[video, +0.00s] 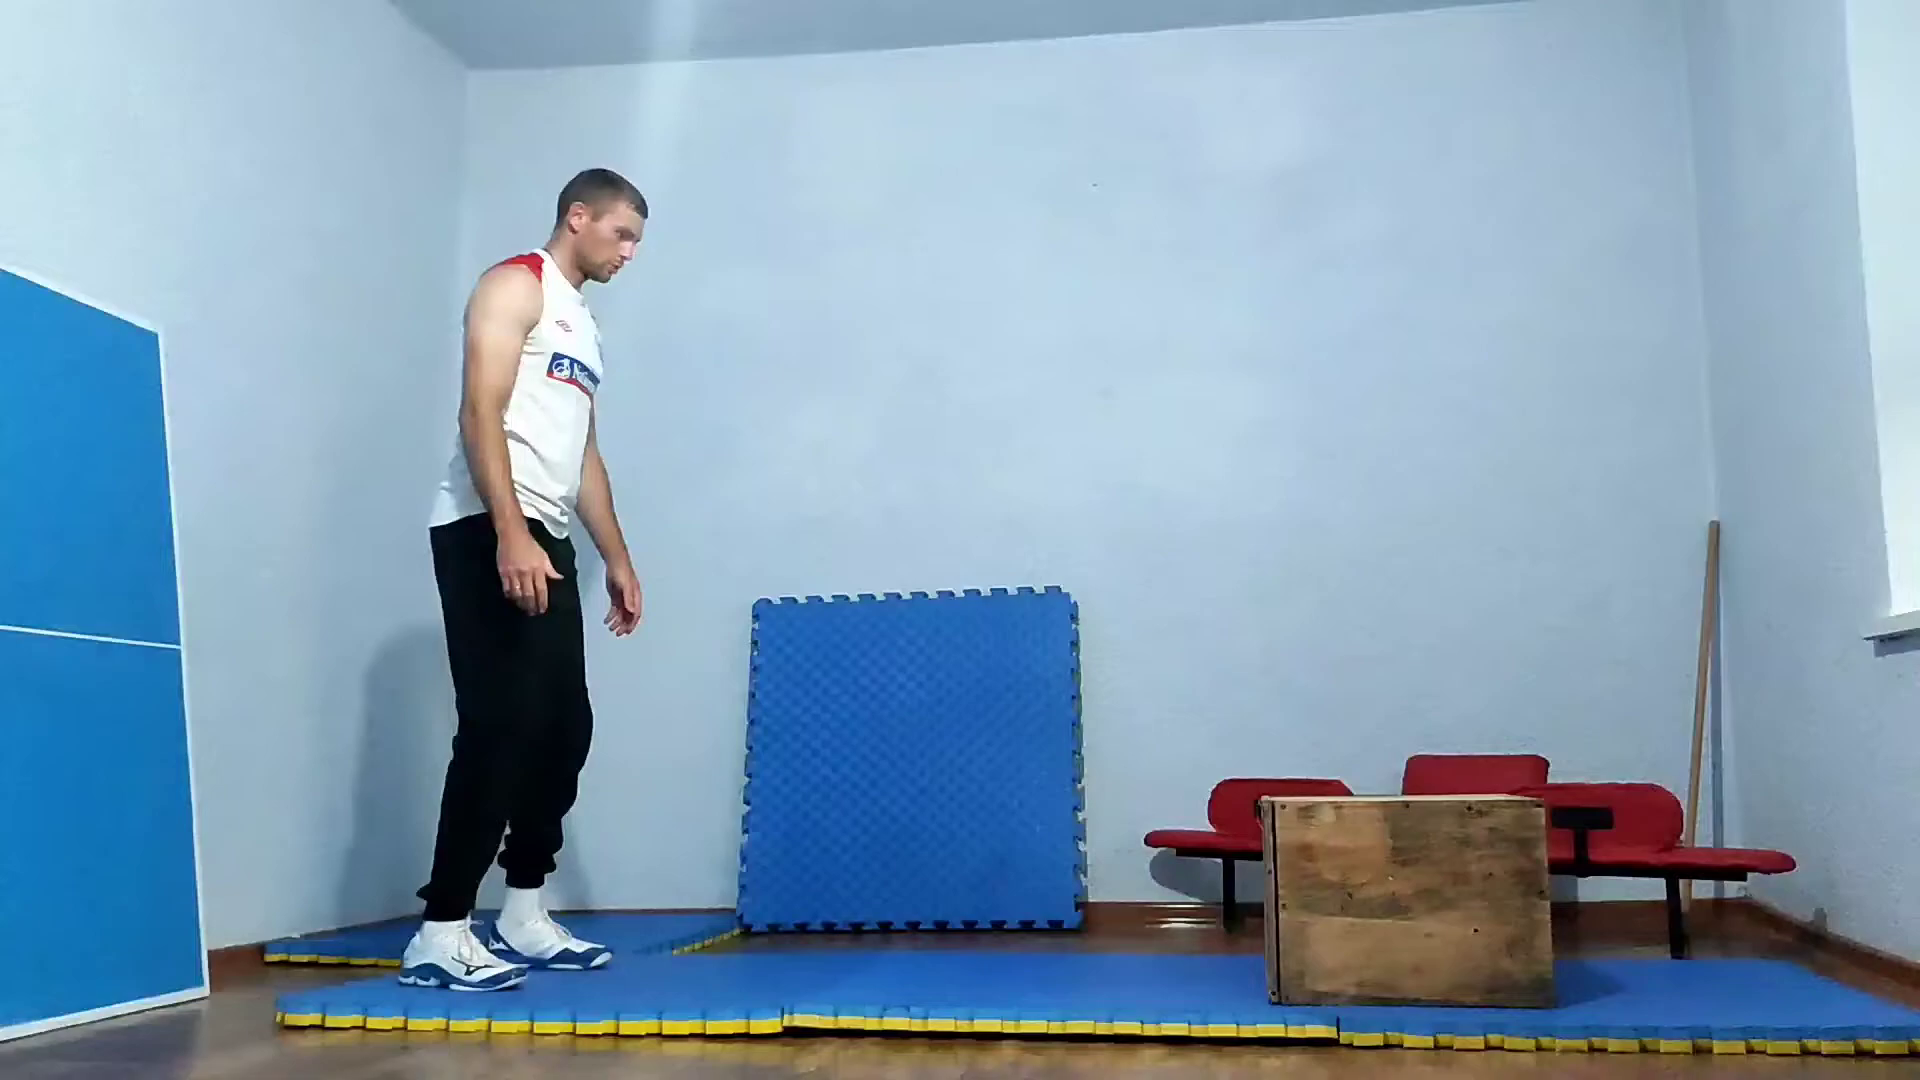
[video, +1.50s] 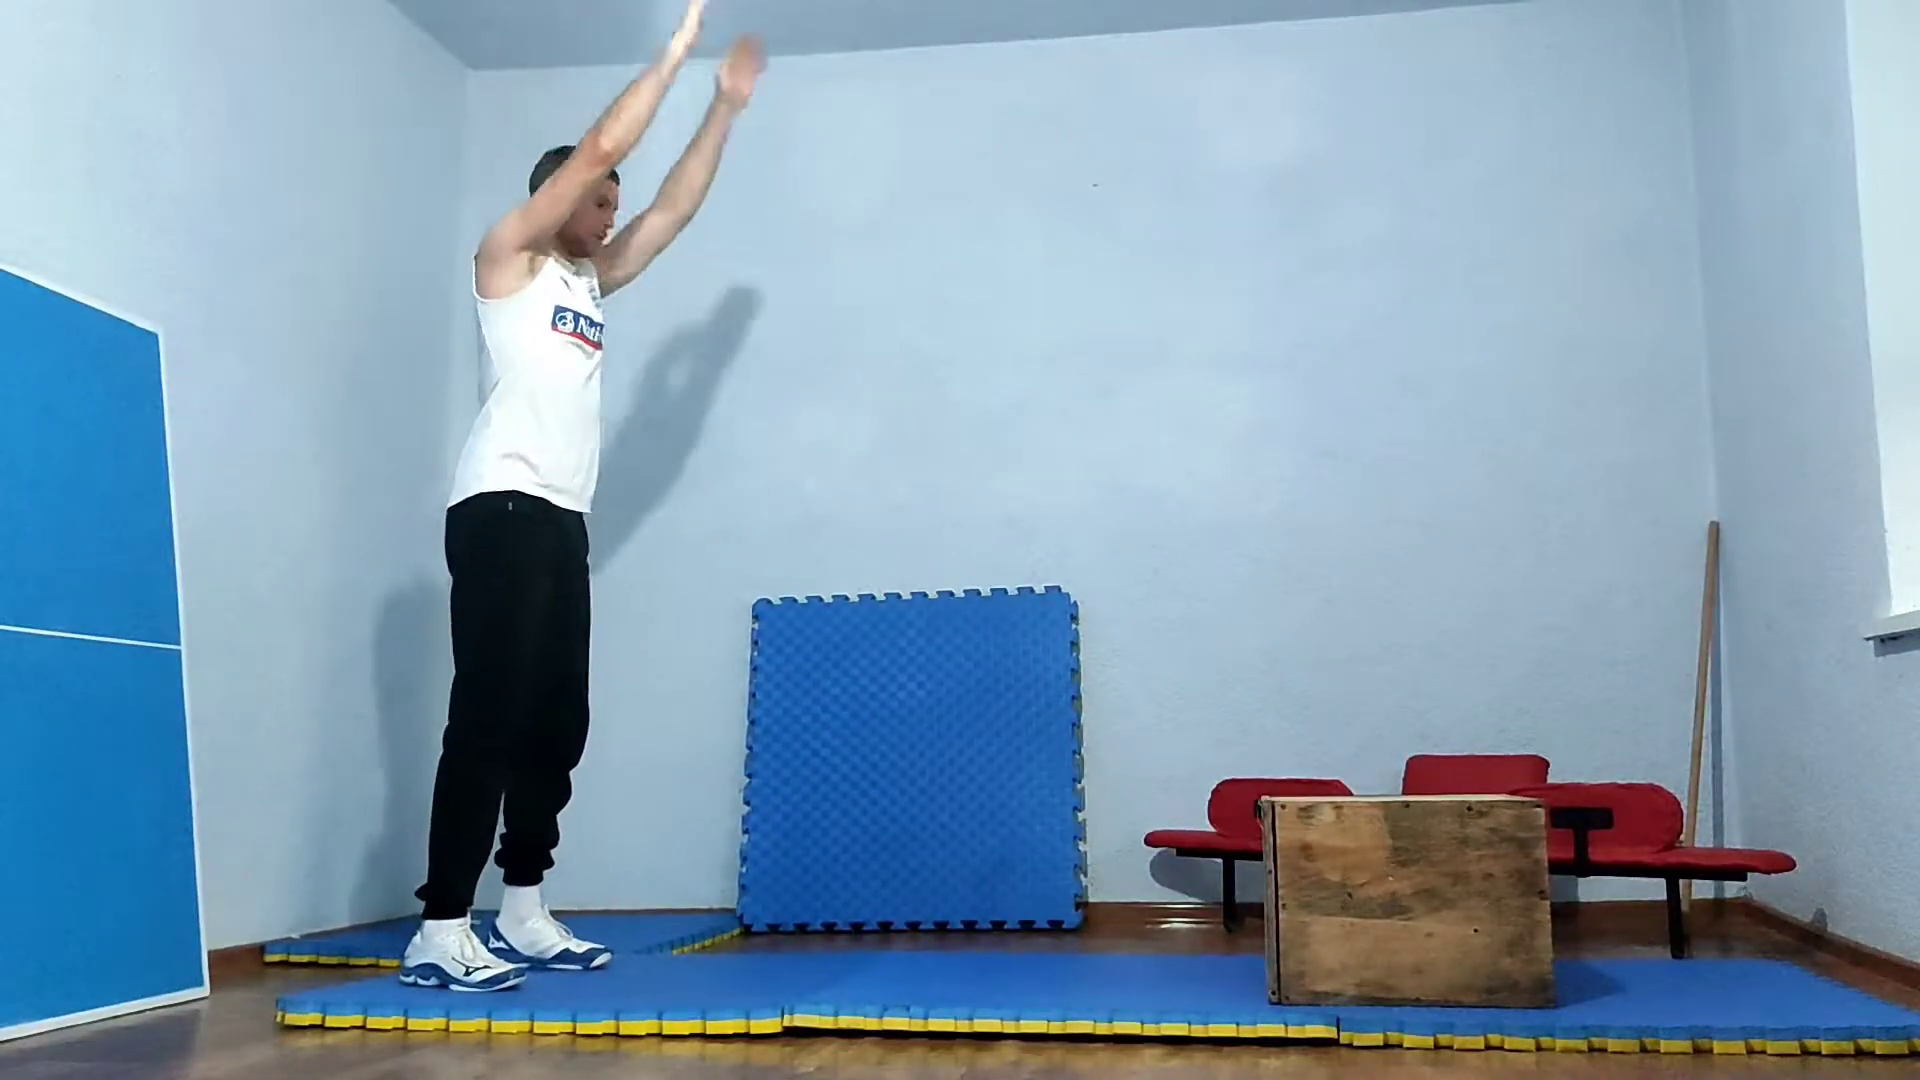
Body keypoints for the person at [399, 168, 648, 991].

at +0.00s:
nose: (629, 253)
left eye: (636, 241)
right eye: (622, 236)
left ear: (595, 229)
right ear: (575, 218)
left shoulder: (583, 321)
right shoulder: (513, 287)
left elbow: (583, 453)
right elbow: (481, 413)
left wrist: (616, 559)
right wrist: (511, 532)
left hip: (547, 540)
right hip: (488, 533)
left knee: (563, 726)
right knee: (499, 726)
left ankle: (522, 912)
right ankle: (441, 930)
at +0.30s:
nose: (597, 226)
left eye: (601, 215)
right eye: (586, 209)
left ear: (568, 217)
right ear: (536, 202)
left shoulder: (565, 310)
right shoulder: (489, 270)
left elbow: (656, 385)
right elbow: (560, 331)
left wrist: (771, 422)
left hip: (545, 527)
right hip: (485, 519)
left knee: (559, 719)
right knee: (491, 719)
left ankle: (522, 913)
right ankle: (441, 931)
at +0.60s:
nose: (582, 192)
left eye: (582, 178)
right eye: (570, 175)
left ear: (565, 197)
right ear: (524, 182)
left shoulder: (572, 275)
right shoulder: (494, 255)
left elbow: (656, 208)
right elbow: (569, 146)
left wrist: (716, 116)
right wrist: (642, 51)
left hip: (572, 521)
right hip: (512, 515)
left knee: (563, 721)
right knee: (493, 719)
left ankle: (525, 906)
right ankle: (443, 928)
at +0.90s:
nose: (586, 177)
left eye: (591, 169)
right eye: (572, 164)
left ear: (589, 186)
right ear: (536, 172)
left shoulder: (576, 251)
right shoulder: (504, 229)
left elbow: (620, 162)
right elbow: (545, 90)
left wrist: (636, 48)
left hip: (589, 492)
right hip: (530, 486)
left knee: (576, 701)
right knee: (514, 697)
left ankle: (543, 883)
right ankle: (465, 904)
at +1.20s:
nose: (596, 198)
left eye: (601, 187)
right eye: (583, 181)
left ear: (595, 198)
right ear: (544, 180)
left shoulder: (579, 262)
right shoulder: (508, 237)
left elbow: (628, 170)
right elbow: (555, 104)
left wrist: (648, 54)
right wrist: (595, 8)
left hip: (580, 506)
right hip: (520, 498)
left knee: (566, 711)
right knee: (498, 706)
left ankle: (529, 902)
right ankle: (446, 921)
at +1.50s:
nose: (615, 211)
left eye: (618, 199)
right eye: (601, 193)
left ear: (609, 212)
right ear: (554, 193)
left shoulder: (589, 279)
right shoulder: (510, 255)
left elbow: (672, 210)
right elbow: (598, 153)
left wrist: (726, 108)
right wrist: (674, 52)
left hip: (562, 526)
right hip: (501, 514)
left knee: (557, 722)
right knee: (487, 719)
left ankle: (522, 914)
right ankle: (442, 929)